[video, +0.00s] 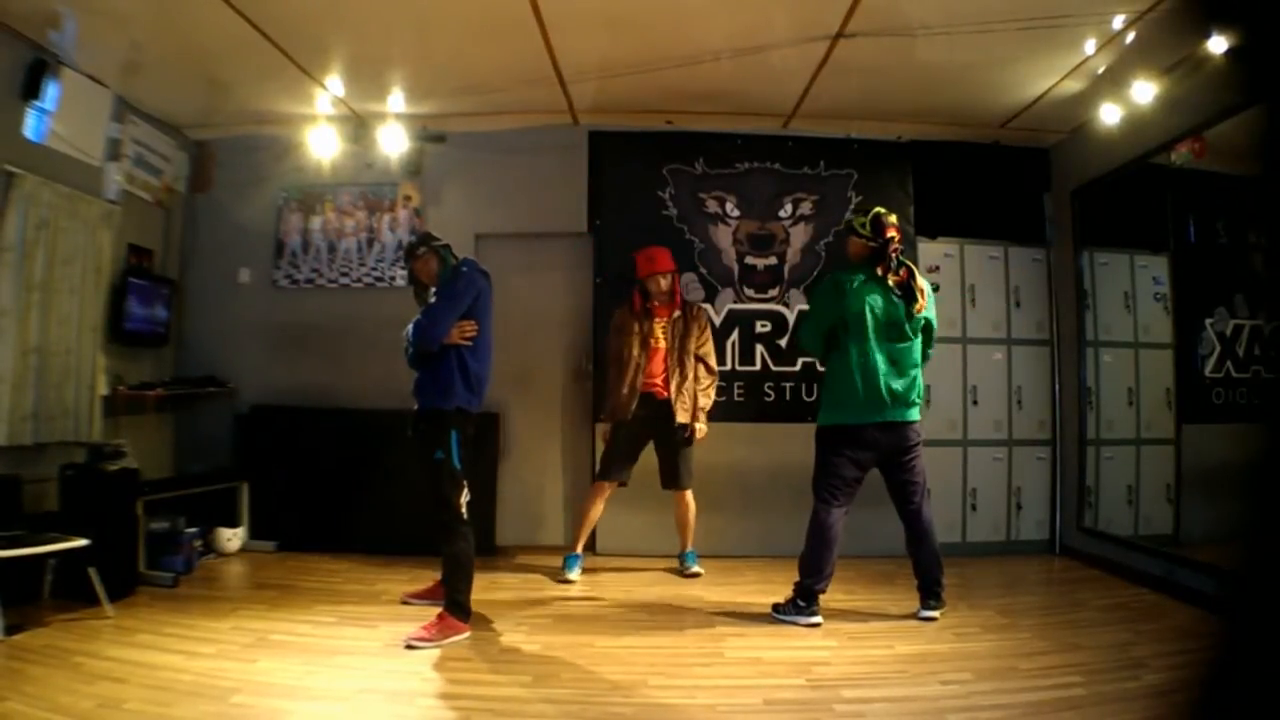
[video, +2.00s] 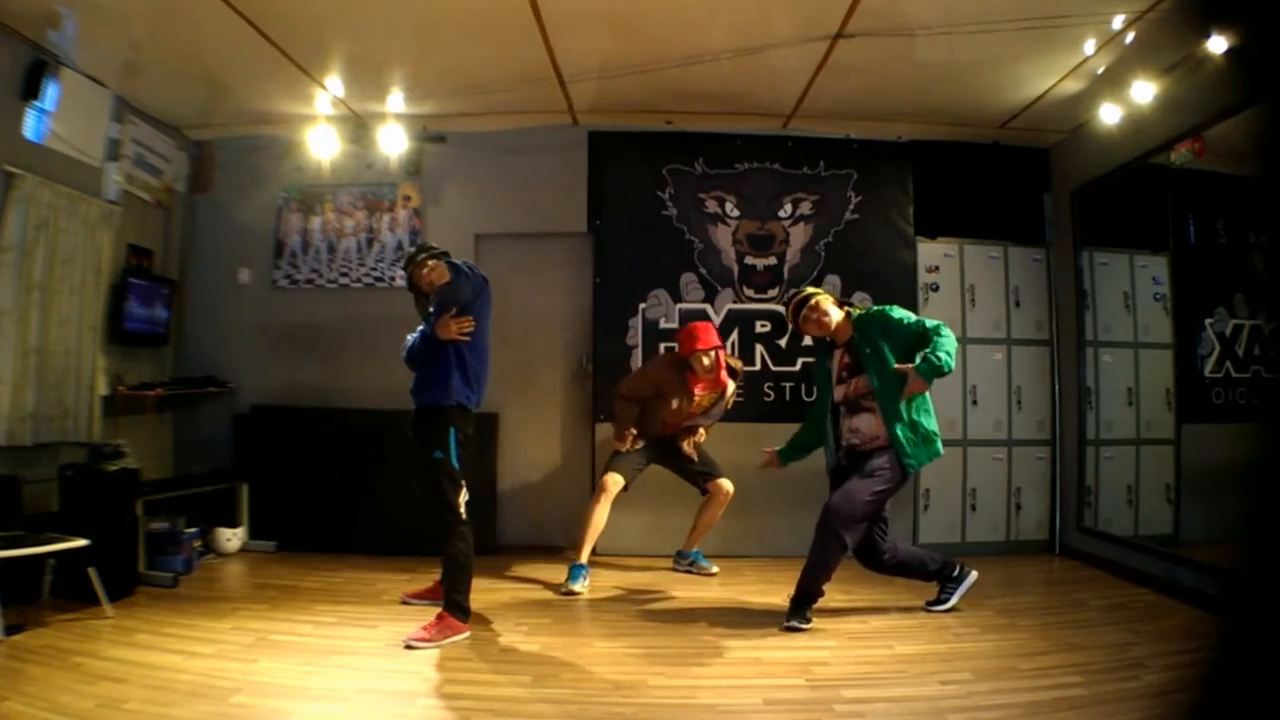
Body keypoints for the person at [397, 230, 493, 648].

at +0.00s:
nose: (418, 275)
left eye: (420, 265)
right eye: (413, 269)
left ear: (435, 255)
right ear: (419, 268)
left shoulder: (468, 276)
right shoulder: (443, 290)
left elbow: (432, 334)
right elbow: (411, 347)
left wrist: (414, 329)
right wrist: (438, 334)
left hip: (455, 408)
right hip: (435, 407)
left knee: (455, 509)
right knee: (443, 502)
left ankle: (456, 614)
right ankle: (448, 581)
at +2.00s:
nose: (428, 276)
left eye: (431, 267)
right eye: (420, 276)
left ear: (445, 263)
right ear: (417, 285)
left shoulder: (473, 283)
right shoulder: (435, 309)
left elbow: (456, 285)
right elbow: (410, 355)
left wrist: (415, 334)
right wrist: (433, 332)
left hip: (454, 407)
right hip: (431, 408)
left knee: (455, 508)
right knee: (443, 503)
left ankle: (455, 613)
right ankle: (448, 582)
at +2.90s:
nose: (418, 283)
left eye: (422, 271)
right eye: (412, 277)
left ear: (437, 262)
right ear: (411, 281)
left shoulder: (469, 280)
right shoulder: (430, 312)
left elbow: (444, 300)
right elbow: (409, 357)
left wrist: (431, 307)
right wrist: (434, 337)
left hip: (453, 409)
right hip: (431, 410)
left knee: (455, 509)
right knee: (440, 501)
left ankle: (455, 613)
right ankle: (446, 582)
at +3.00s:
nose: (415, 282)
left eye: (415, 272)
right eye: (411, 275)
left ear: (429, 263)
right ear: (426, 266)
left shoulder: (461, 285)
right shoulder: (445, 292)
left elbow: (445, 356)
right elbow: (424, 344)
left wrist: (412, 359)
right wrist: (427, 359)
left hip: (452, 413)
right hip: (435, 412)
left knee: (454, 509)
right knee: (439, 501)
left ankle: (456, 614)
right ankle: (445, 582)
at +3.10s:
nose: (413, 282)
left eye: (414, 273)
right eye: (409, 275)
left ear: (430, 264)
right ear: (419, 270)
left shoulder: (465, 289)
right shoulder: (433, 301)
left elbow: (477, 343)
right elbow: (422, 351)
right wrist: (410, 382)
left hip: (455, 415)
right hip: (429, 414)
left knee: (455, 508)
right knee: (433, 499)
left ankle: (456, 614)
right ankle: (443, 581)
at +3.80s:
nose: (470, 263)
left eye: (478, 255)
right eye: (463, 254)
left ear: (487, 257)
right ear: (447, 251)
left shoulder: (496, 302)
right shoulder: (416, 290)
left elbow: (502, 366)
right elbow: (393, 349)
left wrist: (494, 419)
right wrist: (394, 406)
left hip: (472, 413)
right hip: (427, 410)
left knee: (470, 505)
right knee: (433, 498)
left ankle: (470, 597)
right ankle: (447, 581)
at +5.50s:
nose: (440, 256)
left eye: (448, 248)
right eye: (433, 248)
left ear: (464, 248)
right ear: (423, 252)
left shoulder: (489, 288)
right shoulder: (420, 293)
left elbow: (507, 349)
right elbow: (416, 348)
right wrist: (377, 375)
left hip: (486, 404)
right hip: (443, 404)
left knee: (475, 486)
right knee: (431, 474)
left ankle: (477, 573)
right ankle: (437, 537)